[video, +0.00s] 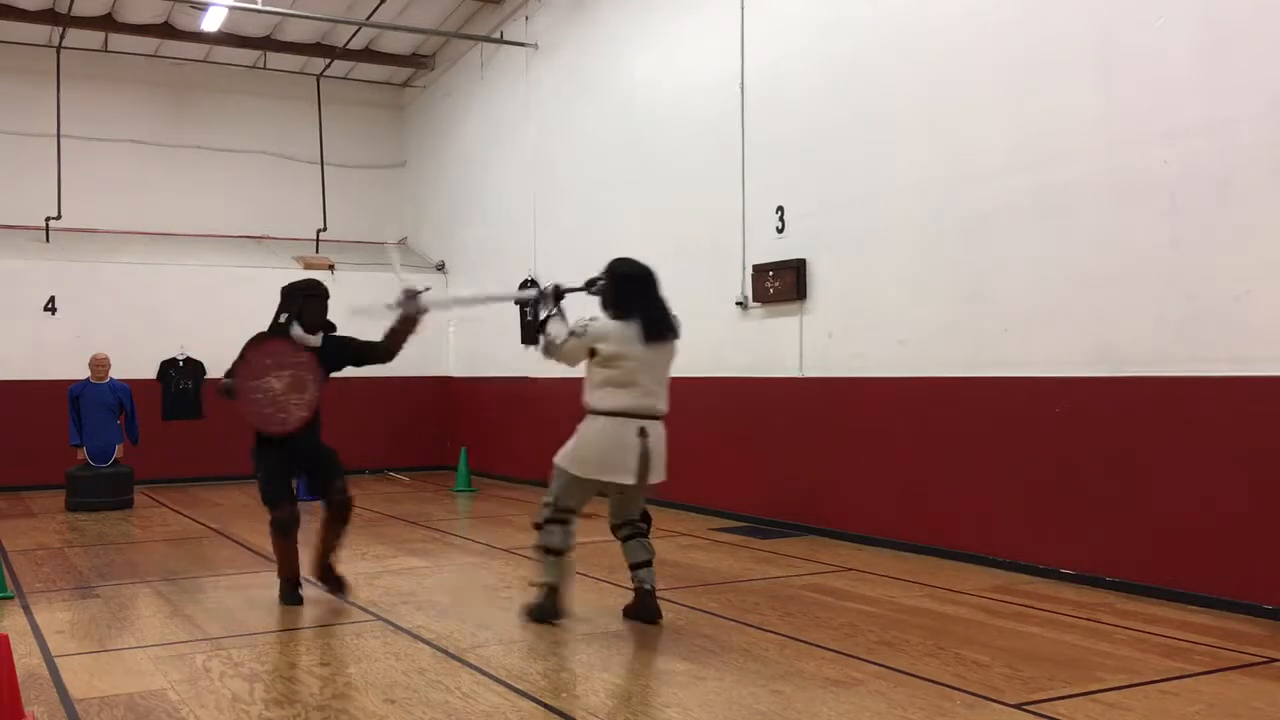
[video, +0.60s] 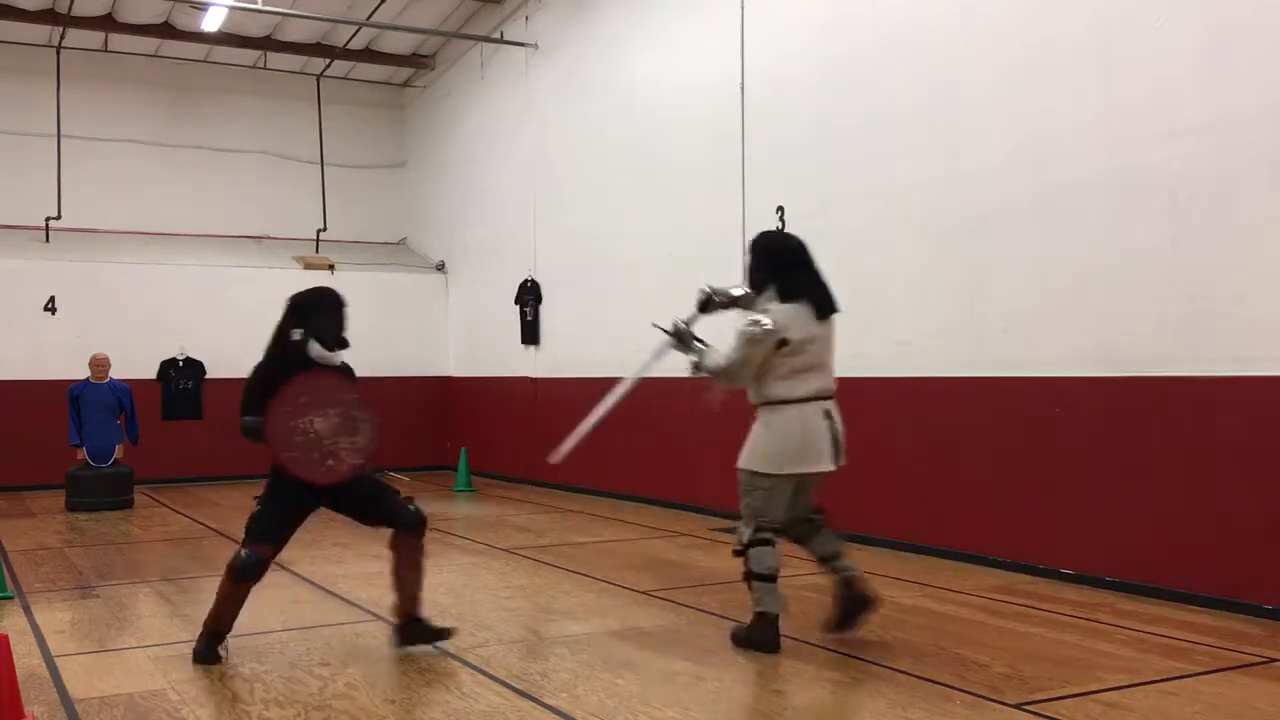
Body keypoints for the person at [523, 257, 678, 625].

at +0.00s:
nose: (603, 291)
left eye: (608, 285)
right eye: (605, 284)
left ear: (616, 292)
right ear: (648, 290)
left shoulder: (602, 330)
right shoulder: (666, 332)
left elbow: (561, 348)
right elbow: (645, 314)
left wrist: (551, 308)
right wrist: (613, 290)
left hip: (602, 434)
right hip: (649, 437)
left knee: (559, 512)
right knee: (629, 518)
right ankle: (646, 597)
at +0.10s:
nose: (629, 288)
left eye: (632, 282)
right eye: (628, 280)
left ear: (640, 289)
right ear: (675, 286)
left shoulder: (627, 328)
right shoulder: (690, 330)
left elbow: (585, 343)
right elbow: (663, 314)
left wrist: (576, 306)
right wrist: (635, 288)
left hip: (627, 432)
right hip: (673, 435)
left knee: (591, 514)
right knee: (641, 517)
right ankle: (648, 598)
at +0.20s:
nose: (652, 291)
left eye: (655, 285)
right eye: (651, 284)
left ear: (664, 290)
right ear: (697, 286)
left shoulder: (653, 330)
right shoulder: (713, 327)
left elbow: (609, 343)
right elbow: (691, 294)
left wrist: (594, 299)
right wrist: (652, 267)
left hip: (653, 436)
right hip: (696, 436)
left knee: (633, 528)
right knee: (655, 517)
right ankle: (647, 600)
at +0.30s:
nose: (675, 290)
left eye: (677, 283)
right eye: (674, 282)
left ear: (687, 288)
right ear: (719, 283)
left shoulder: (680, 331)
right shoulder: (740, 323)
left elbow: (631, 345)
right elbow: (719, 288)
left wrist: (615, 304)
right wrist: (677, 265)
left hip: (687, 436)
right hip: (728, 434)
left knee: (688, 531)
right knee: (676, 523)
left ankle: (743, 606)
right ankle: (655, 598)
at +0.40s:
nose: (695, 289)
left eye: (698, 282)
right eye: (693, 282)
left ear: (708, 286)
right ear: (743, 279)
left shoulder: (706, 331)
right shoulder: (765, 319)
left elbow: (656, 351)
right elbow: (733, 287)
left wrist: (632, 308)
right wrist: (690, 268)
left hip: (722, 441)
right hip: (762, 438)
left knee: (731, 534)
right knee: (710, 521)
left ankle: (760, 623)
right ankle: (684, 595)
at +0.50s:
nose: (722, 279)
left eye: (725, 273)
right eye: (720, 272)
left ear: (736, 278)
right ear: (772, 271)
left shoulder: (737, 325)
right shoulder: (792, 313)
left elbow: (692, 361)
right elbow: (753, 293)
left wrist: (660, 327)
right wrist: (708, 281)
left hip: (753, 433)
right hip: (794, 430)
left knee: (738, 524)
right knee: (749, 514)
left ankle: (760, 621)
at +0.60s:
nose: (750, 270)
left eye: (754, 263)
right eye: (752, 262)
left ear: (764, 269)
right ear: (799, 266)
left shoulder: (766, 320)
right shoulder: (819, 308)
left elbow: (733, 372)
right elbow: (775, 298)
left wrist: (695, 351)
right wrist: (733, 298)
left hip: (778, 434)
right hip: (823, 429)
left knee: (758, 526)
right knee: (798, 516)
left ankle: (765, 623)